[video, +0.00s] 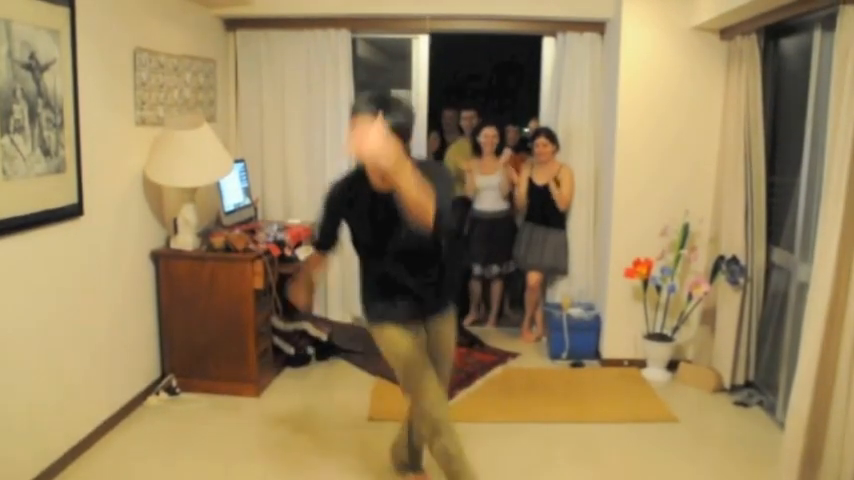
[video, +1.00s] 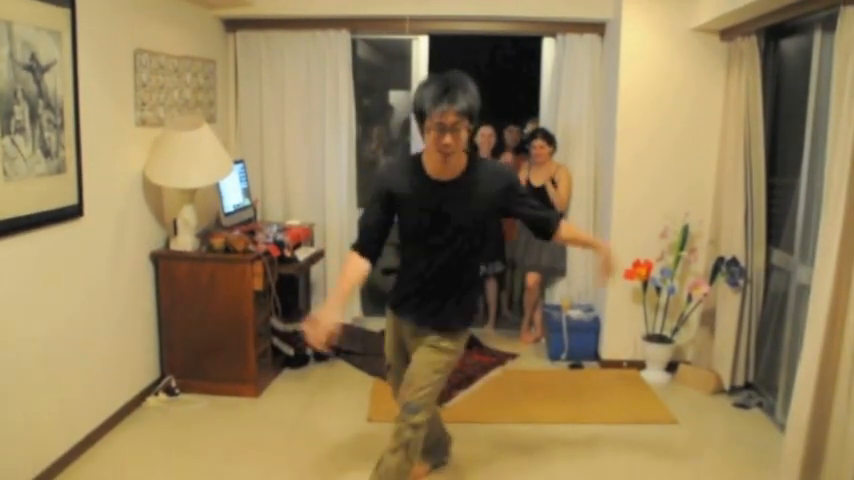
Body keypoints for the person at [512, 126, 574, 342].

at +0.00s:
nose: (540, 150)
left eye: (545, 145)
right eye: (537, 145)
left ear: (554, 147)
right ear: (533, 148)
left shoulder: (563, 171)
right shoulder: (527, 169)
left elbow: (563, 204)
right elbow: (521, 204)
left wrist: (552, 183)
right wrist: (519, 186)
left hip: (552, 229)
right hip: (531, 226)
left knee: (534, 278)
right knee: (536, 282)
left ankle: (526, 323)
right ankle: (540, 325)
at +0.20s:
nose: (539, 150)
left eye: (544, 146)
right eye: (536, 146)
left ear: (554, 148)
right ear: (532, 149)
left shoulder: (563, 171)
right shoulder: (528, 171)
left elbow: (564, 205)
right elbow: (522, 200)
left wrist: (538, 194)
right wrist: (525, 179)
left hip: (552, 228)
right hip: (531, 226)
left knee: (534, 278)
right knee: (536, 282)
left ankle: (526, 323)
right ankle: (539, 326)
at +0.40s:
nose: (538, 150)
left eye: (543, 146)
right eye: (535, 146)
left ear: (553, 149)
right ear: (531, 149)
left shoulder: (562, 171)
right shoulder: (526, 172)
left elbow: (563, 205)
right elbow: (519, 202)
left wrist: (553, 184)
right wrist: (512, 186)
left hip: (551, 230)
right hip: (528, 227)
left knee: (534, 278)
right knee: (536, 283)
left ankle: (526, 324)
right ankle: (540, 326)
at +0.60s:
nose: (538, 151)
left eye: (542, 146)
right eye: (534, 146)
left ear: (552, 148)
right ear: (529, 149)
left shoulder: (562, 171)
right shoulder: (525, 171)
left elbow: (561, 206)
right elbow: (521, 202)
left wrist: (534, 194)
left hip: (551, 230)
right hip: (529, 228)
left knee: (543, 280)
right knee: (529, 277)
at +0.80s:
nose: (537, 151)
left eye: (542, 146)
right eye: (534, 147)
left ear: (551, 149)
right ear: (529, 150)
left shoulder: (561, 171)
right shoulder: (525, 172)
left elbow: (561, 205)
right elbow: (519, 197)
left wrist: (540, 188)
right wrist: (520, 176)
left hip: (552, 231)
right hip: (531, 230)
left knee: (548, 281)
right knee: (531, 280)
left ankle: (527, 324)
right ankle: (537, 325)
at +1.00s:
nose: (537, 152)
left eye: (542, 147)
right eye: (534, 147)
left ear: (551, 149)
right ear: (529, 150)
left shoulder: (560, 172)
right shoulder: (524, 172)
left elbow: (561, 205)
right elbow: (518, 200)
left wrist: (548, 183)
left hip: (550, 232)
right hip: (527, 229)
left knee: (532, 278)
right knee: (535, 283)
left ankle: (525, 323)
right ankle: (539, 327)